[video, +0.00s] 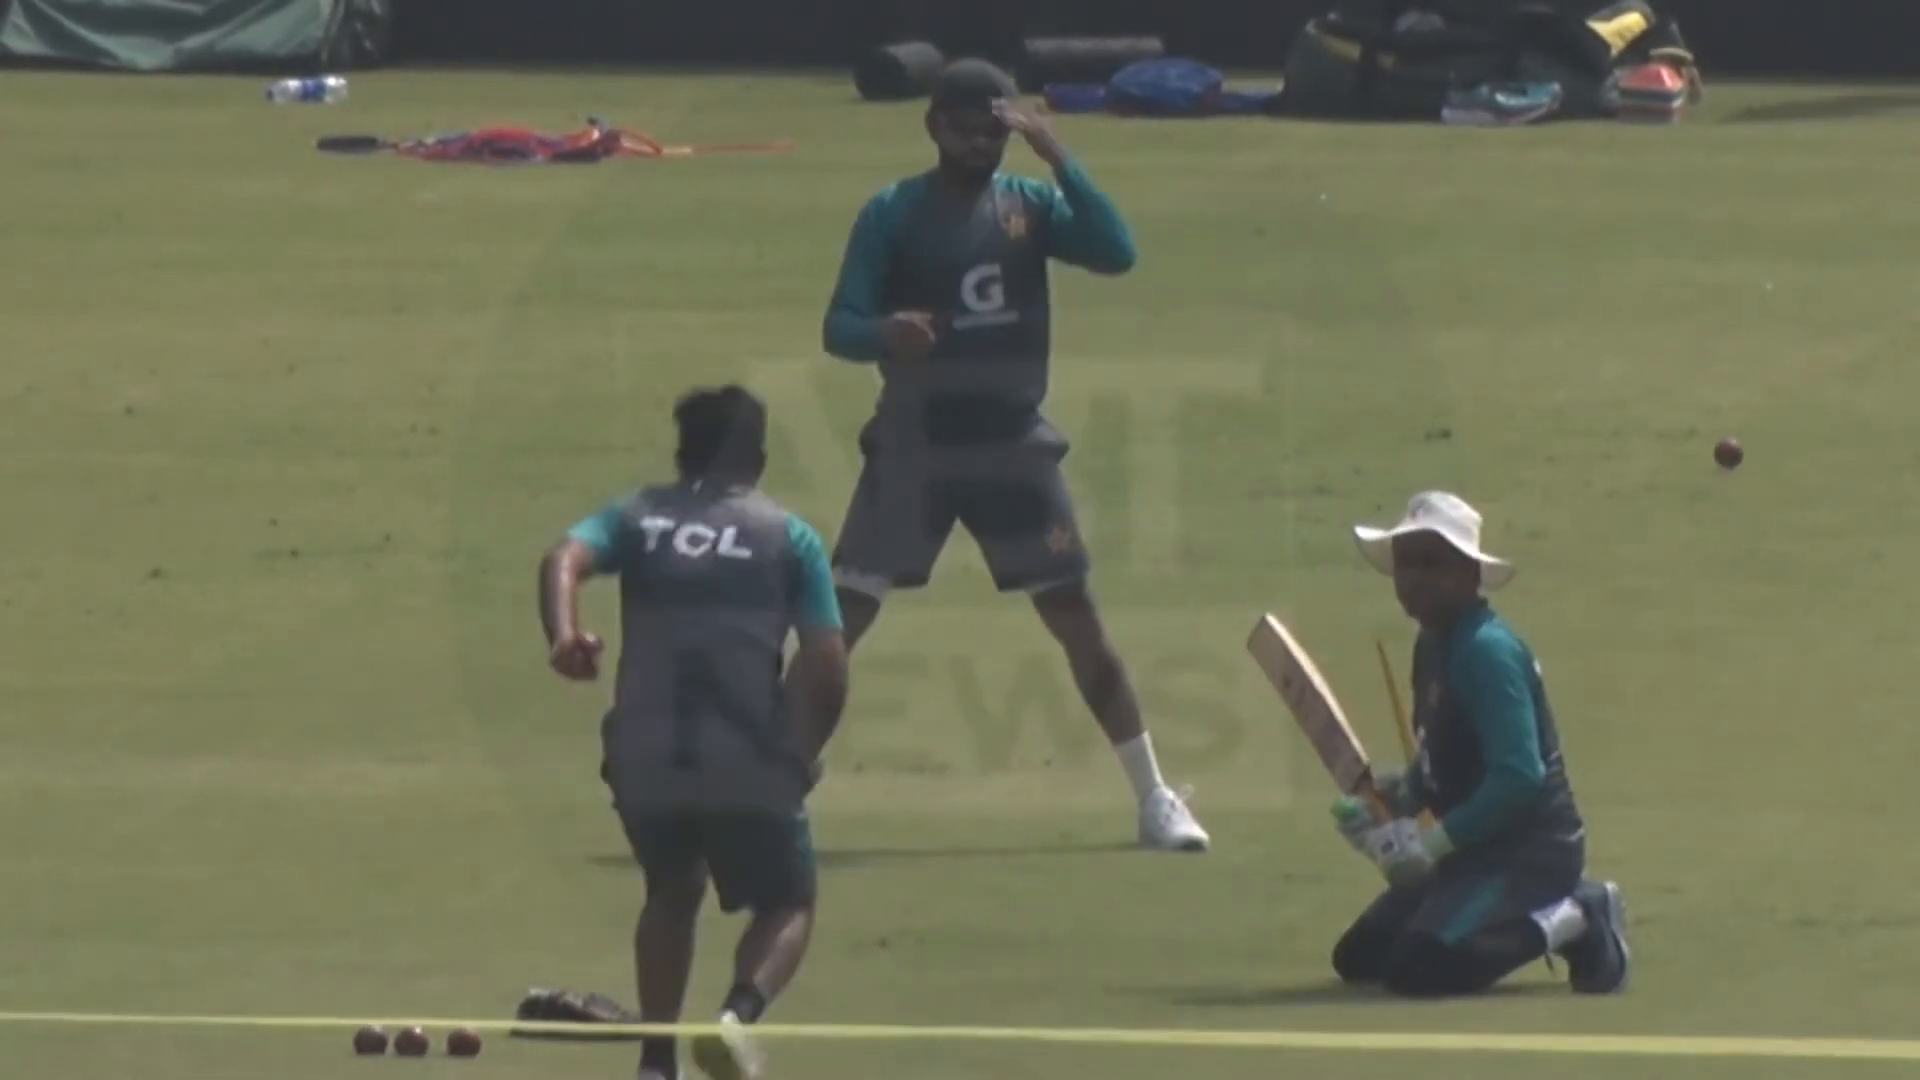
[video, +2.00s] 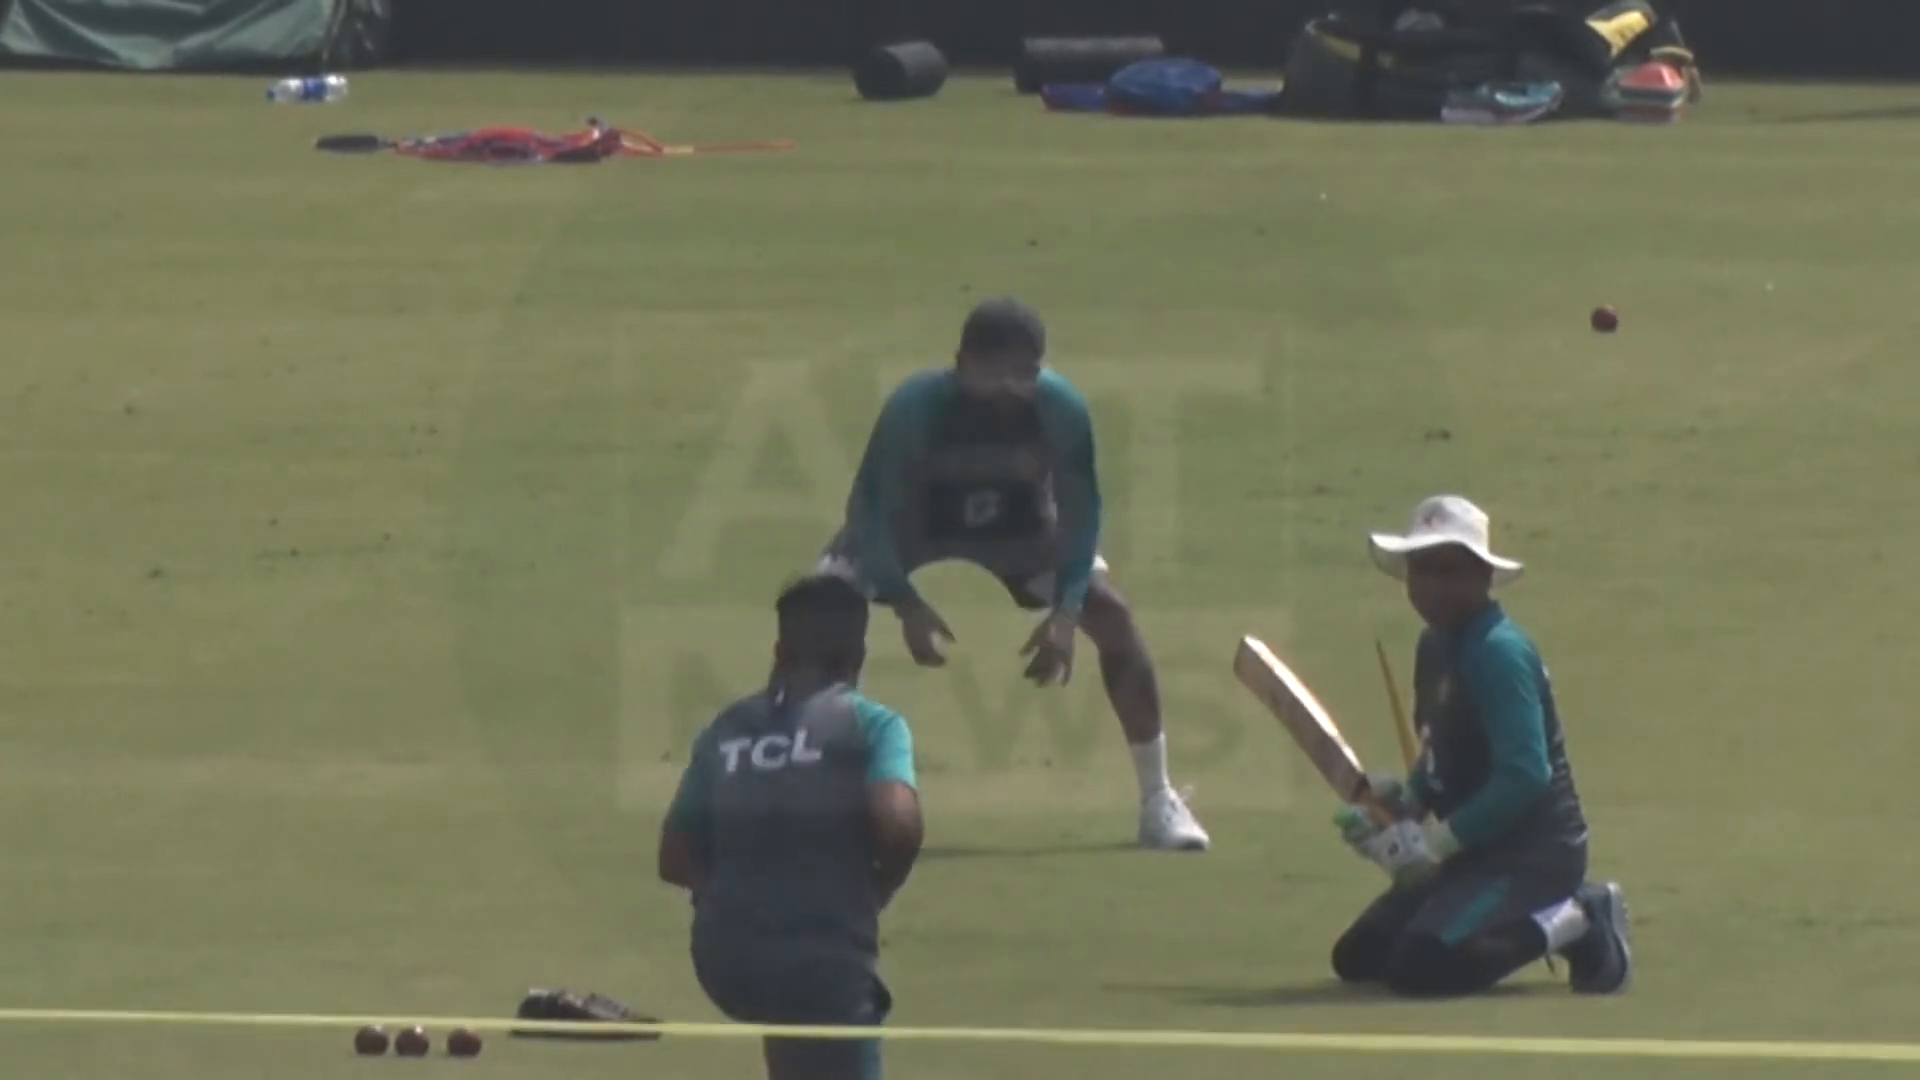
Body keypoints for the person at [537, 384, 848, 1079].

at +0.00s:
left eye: (691, 449)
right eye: (751, 451)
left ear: (683, 452)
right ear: (757, 456)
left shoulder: (639, 512)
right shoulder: (792, 536)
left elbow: (563, 558)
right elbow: (828, 663)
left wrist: (563, 633)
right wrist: (801, 753)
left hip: (646, 758)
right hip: (744, 763)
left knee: (670, 893)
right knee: (786, 903)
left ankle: (657, 1059)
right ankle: (742, 1015)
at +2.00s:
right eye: (859, 656)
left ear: (779, 654)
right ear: (858, 659)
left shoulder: (726, 728)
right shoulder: (878, 724)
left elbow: (676, 861)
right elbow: (897, 823)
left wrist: (751, 886)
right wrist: (877, 889)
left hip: (727, 954)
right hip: (824, 955)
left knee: (793, 1019)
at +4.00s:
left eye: (805, 653)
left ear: (806, 662)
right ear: (887, 664)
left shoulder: (757, 733)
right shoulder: (926, 746)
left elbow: (700, 851)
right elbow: (972, 893)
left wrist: (767, 890)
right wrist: (957, 990)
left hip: (759, 958)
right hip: (859, 970)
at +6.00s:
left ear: (811, 677)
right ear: (893, 678)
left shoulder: (767, 746)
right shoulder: (927, 745)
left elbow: (718, 901)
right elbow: (969, 887)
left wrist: (747, 979)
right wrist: (942, 993)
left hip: (772, 968)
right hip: (871, 973)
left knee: (790, 1065)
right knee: (871, 1068)